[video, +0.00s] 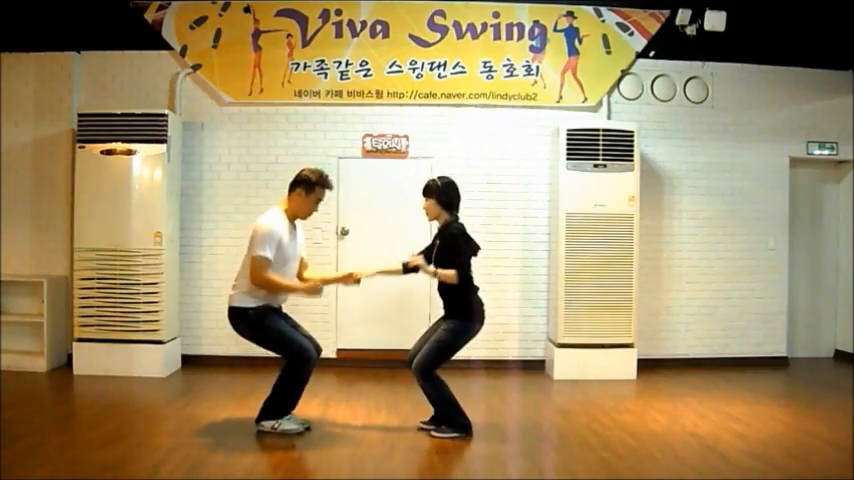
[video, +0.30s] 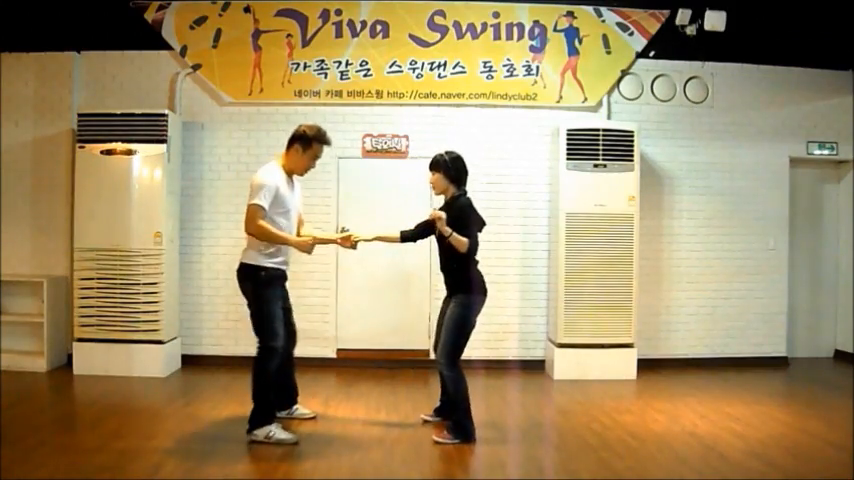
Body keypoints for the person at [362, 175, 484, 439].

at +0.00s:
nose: (424, 206)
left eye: (427, 200)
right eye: (424, 200)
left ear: (442, 202)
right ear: (441, 203)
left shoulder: (454, 233)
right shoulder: (443, 232)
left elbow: (459, 277)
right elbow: (415, 265)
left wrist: (428, 269)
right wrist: (371, 272)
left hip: (466, 318)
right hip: (453, 314)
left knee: (422, 367)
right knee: (414, 360)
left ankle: (458, 425)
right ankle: (442, 415)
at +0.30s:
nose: (429, 178)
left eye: (433, 172)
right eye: (431, 173)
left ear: (447, 175)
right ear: (446, 176)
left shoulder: (463, 207)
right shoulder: (445, 210)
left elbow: (468, 247)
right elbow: (411, 235)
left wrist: (444, 228)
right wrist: (368, 237)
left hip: (469, 292)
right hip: (454, 292)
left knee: (447, 357)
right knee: (441, 352)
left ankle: (463, 430)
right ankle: (448, 409)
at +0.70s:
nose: (434, 176)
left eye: (438, 170)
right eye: (435, 171)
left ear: (453, 173)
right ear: (451, 174)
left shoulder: (469, 205)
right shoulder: (449, 207)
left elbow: (471, 249)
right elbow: (416, 234)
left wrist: (450, 228)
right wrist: (374, 239)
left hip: (464, 290)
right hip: (449, 289)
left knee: (455, 357)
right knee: (448, 353)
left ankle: (464, 429)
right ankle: (447, 408)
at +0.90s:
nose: (436, 175)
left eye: (440, 170)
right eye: (437, 170)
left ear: (455, 173)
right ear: (452, 174)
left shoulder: (468, 205)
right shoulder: (451, 207)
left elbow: (471, 250)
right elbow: (419, 235)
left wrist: (448, 231)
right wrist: (374, 238)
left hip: (464, 291)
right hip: (451, 289)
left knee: (454, 356)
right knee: (448, 352)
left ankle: (463, 429)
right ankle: (446, 408)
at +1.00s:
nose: (437, 174)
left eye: (442, 169)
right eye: (439, 169)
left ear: (456, 173)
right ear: (455, 173)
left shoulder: (469, 205)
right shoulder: (452, 206)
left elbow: (470, 249)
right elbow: (418, 231)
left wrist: (447, 229)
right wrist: (376, 223)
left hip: (463, 291)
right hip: (452, 289)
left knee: (454, 357)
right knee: (448, 353)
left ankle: (463, 429)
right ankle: (447, 408)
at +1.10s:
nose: (439, 174)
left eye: (444, 169)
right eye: (440, 169)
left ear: (458, 173)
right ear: (455, 173)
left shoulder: (469, 205)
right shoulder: (451, 206)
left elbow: (470, 249)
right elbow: (416, 225)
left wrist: (446, 226)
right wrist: (380, 216)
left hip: (463, 291)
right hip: (450, 290)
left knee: (452, 357)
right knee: (446, 352)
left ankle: (464, 429)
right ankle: (447, 407)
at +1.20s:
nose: (439, 177)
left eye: (444, 171)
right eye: (440, 171)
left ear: (458, 175)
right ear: (454, 176)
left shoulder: (471, 208)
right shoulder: (449, 209)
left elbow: (471, 252)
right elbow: (417, 231)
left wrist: (447, 234)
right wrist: (380, 229)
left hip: (463, 292)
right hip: (447, 291)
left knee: (447, 356)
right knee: (442, 354)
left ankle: (464, 428)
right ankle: (447, 409)